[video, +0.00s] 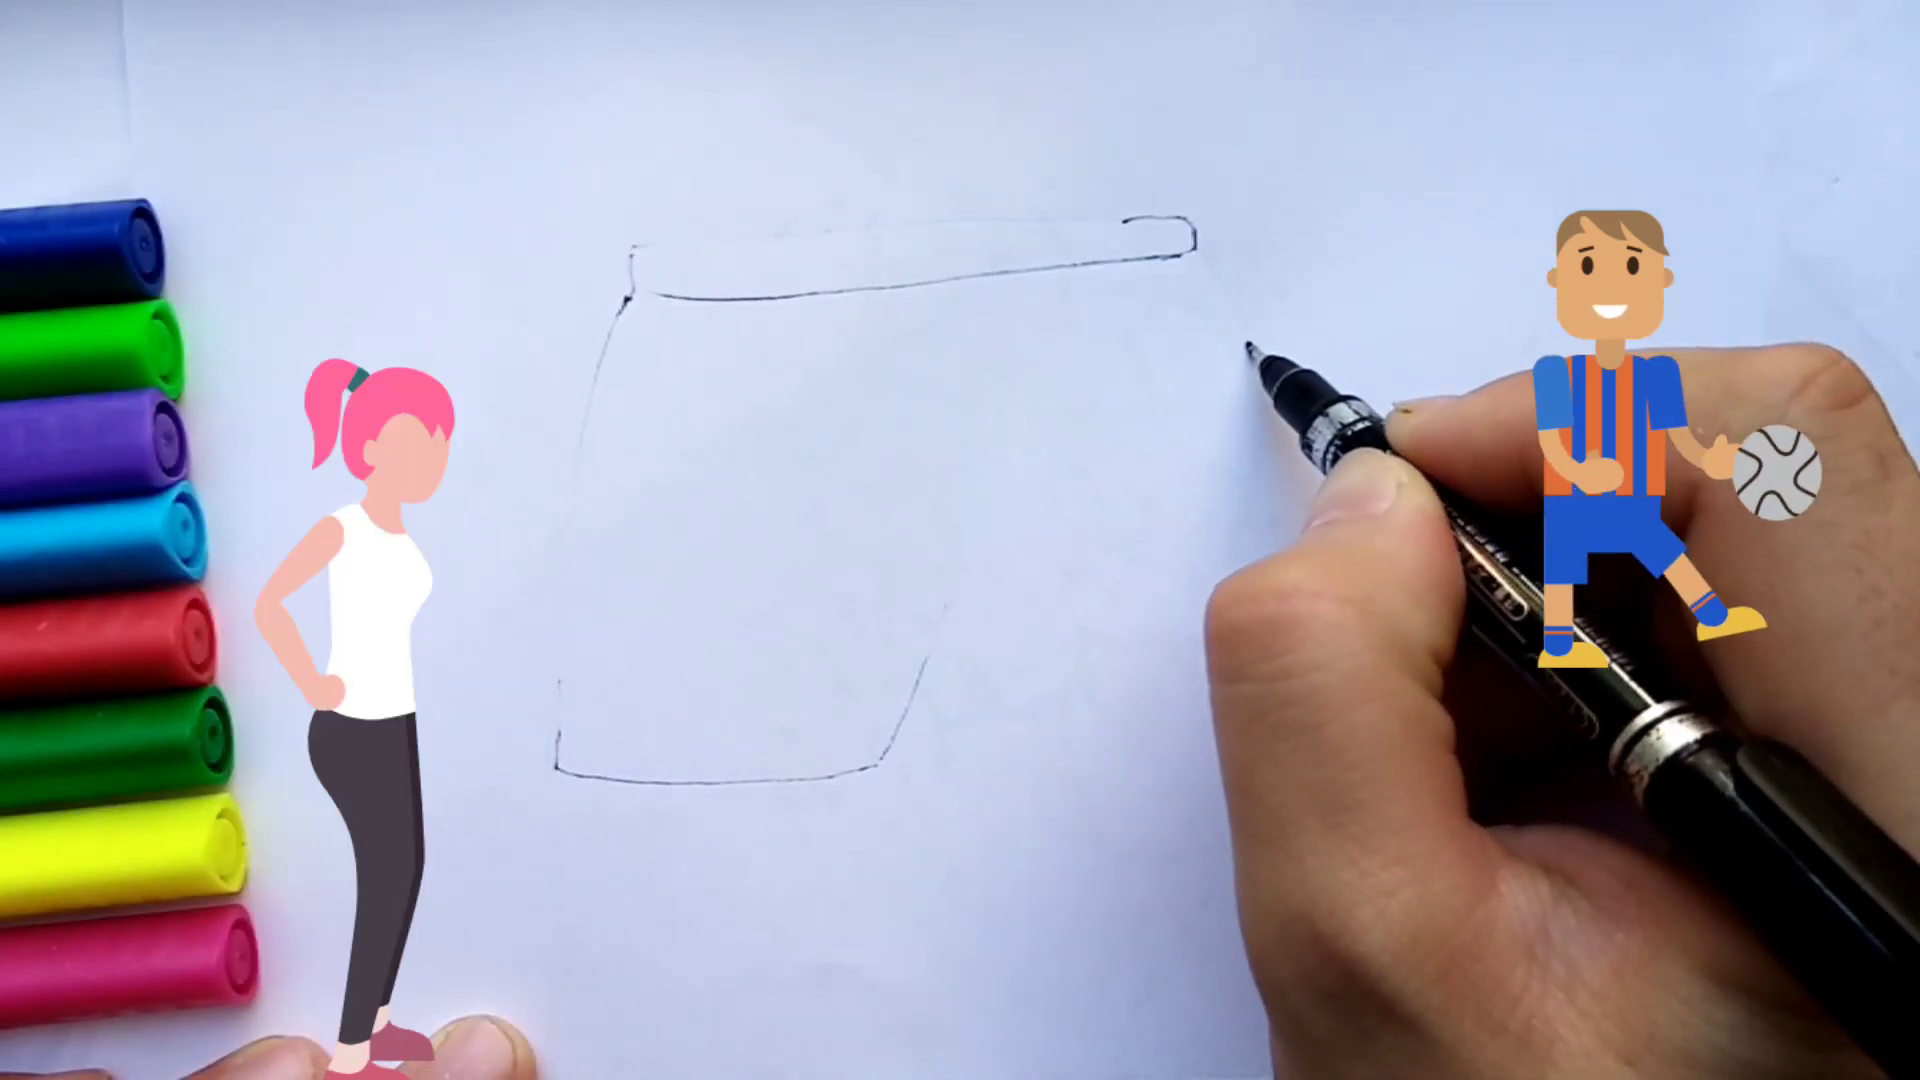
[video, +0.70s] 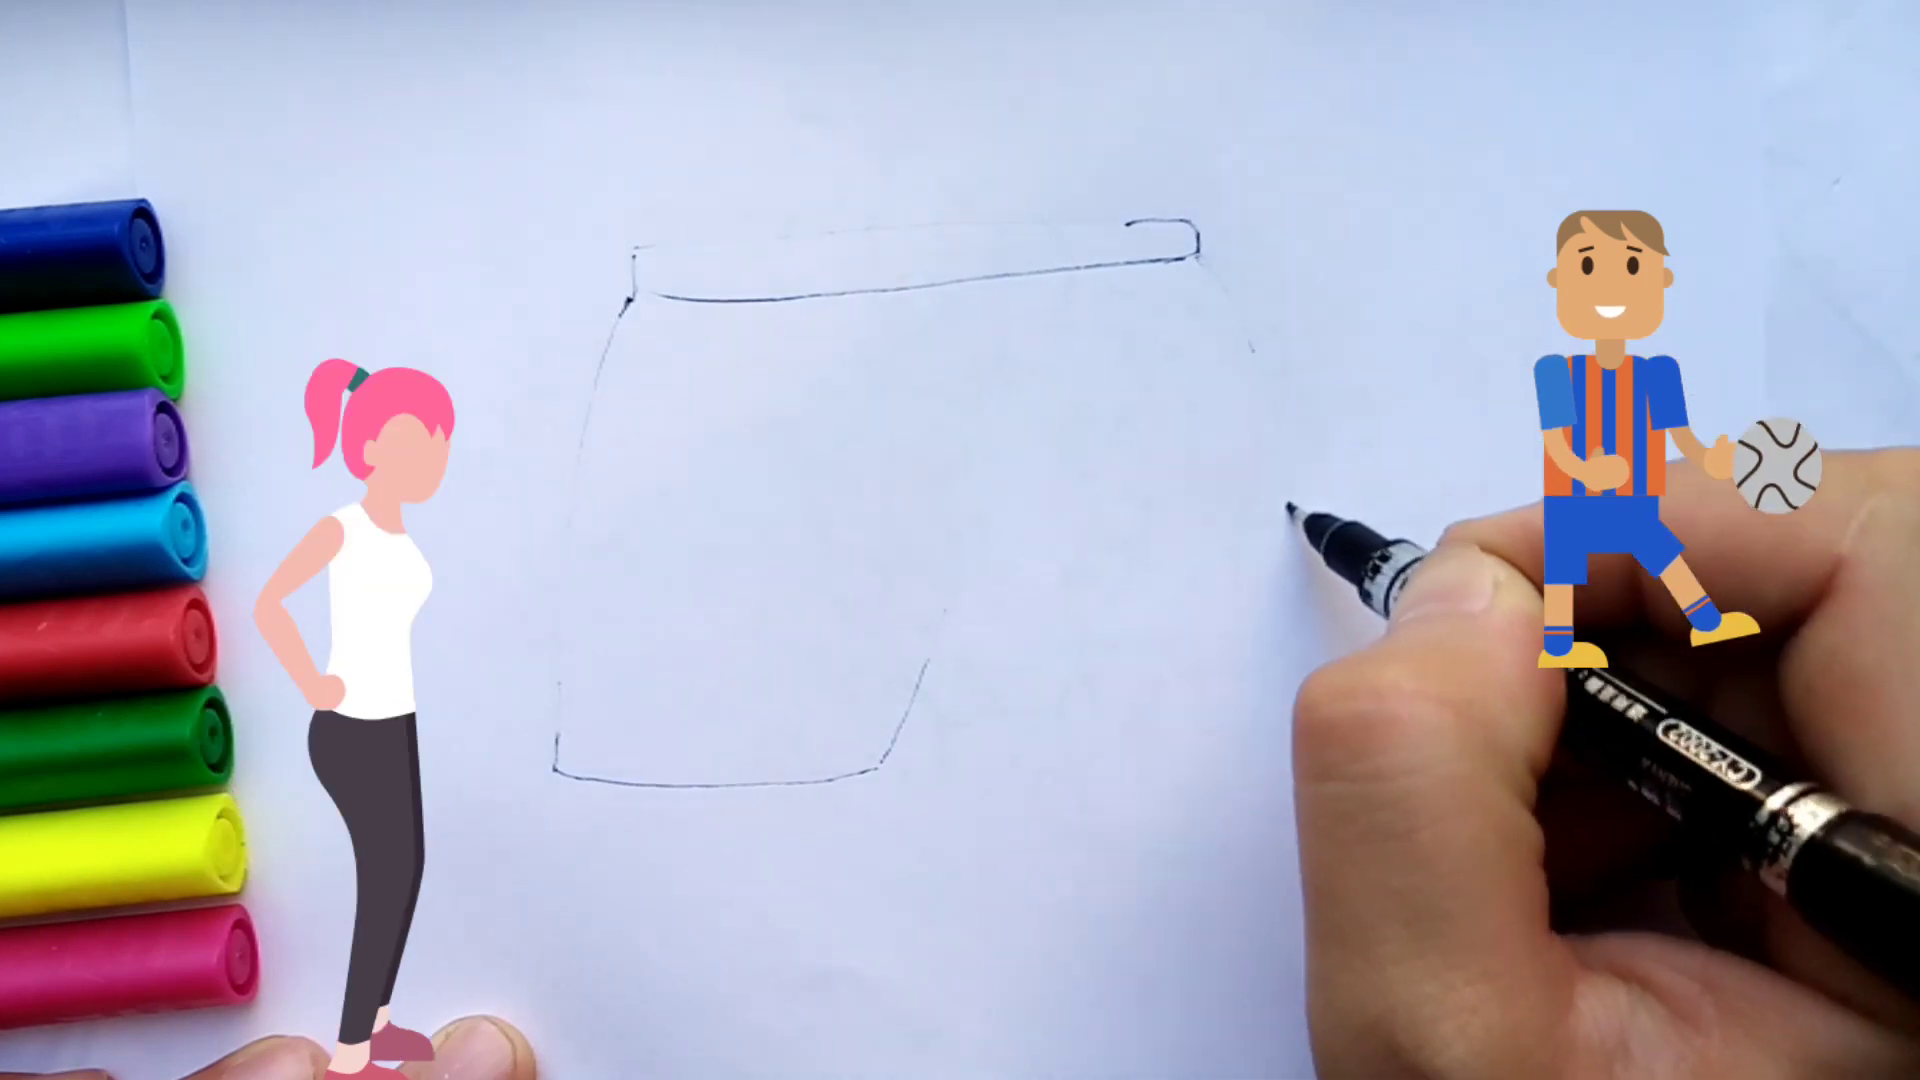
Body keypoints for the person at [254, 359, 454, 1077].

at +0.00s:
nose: (435, 455)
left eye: (439, 440)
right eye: (419, 437)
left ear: (440, 450)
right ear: (374, 446)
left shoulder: (403, 535)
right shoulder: (344, 529)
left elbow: (383, 621)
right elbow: (268, 605)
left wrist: (394, 684)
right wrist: (312, 684)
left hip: (397, 730)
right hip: (353, 732)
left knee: (405, 874)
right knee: (387, 879)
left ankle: (373, 1022)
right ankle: (348, 1052)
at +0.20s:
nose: (436, 456)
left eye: (439, 440)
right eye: (420, 438)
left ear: (440, 450)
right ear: (374, 446)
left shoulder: (404, 535)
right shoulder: (344, 529)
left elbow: (384, 622)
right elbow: (268, 606)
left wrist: (394, 686)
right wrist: (312, 684)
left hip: (397, 730)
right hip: (354, 732)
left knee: (405, 873)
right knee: (387, 878)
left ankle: (374, 1021)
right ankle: (349, 1052)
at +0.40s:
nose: (407, 589)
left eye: (407, 573)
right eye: (393, 571)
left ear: (401, 581)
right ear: (346, 579)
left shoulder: (363, 661)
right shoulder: (311, 656)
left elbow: (320, 737)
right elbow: (213, 712)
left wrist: (314, 796)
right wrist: (249, 790)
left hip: (307, 841)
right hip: (263, 851)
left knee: (391, 864)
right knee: (392, 873)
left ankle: (340, 1021)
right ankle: (350, 1056)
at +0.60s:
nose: (436, 457)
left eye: (439, 441)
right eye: (420, 439)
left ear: (439, 452)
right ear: (374, 448)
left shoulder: (403, 535)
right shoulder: (344, 529)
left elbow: (383, 622)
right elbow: (268, 605)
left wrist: (394, 685)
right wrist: (311, 683)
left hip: (397, 731)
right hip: (353, 732)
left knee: (405, 872)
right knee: (387, 878)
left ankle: (373, 1022)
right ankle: (349, 1052)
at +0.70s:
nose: (437, 458)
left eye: (440, 442)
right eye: (422, 439)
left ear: (439, 451)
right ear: (375, 448)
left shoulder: (403, 535)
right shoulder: (344, 529)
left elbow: (383, 622)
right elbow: (268, 605)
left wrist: (394, 686)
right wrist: (312, 684)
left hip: (397, 731)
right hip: (354, 733)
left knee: (405, 871)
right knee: (387, 879)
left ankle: (373, 1019)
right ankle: (348, 1053)